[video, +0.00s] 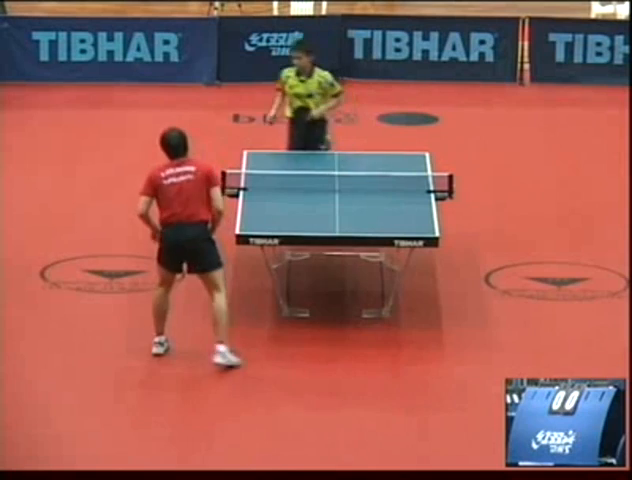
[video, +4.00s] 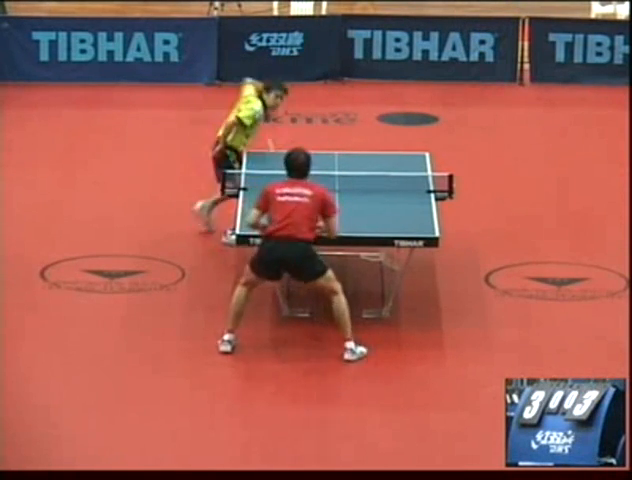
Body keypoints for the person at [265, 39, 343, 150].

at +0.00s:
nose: (295, 63)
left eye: (299, 58)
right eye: (293, 58)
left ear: (310, 58)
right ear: (292, 59)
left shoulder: (323, 77)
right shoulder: (287, 75)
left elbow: (338, 96)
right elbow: (281, 93)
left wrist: (320, 111)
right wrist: (273, 111)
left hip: (316, 116)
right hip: (296, 116)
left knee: (315, 154)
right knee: (294, 152)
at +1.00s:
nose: (232, 71)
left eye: (234, 67)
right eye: (227, 67)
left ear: (235, 70)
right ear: (217, 70)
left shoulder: (226, 90)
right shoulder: (212, 92)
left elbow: (228, 110)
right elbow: (207, 122)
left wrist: (240, 118)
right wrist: (234, 122)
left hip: (217, 137)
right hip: (207, 138)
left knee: (213, 183)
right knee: (210, 184)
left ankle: (196, 220)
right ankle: (199, 228)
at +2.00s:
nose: (240, 77)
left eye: (241, 72)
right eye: (238, 72)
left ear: (225, 73)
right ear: (227, 72)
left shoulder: (211, 87)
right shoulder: (223, 92)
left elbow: (215, 116)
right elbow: (238, 120)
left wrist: (233, 124)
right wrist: (264, 135)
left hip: (198, 135)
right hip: (209, 138)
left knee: (204, 181)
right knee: (228, 183)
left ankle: (190, 221)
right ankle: (241, 226)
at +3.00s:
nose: (272, 91)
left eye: (271, 88)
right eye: (269, 88)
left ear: (253, 90)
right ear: (260, 91)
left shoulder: (238, 103)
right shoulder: (261, 108)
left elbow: (246, 132)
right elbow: (289, 117)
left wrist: (269, 134)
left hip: (215, 144)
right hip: (229, 151)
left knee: (212, 188)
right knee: (241, 190)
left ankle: (191, 221)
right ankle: (244, 227)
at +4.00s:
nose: (278, 102)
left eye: (280, 99)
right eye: (277, 97)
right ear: (267, 94)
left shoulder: (251, 98)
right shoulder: (255, 108)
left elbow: (248, 83)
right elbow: (233, 121)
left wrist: (261, 87)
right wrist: (221, 141)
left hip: (234, 149)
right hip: (228, 149)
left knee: (235, 188)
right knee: (234, 188)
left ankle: (208, 208)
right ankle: (206, 206)